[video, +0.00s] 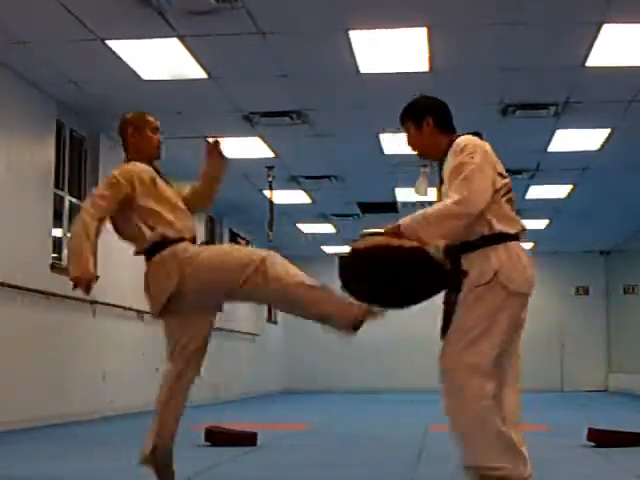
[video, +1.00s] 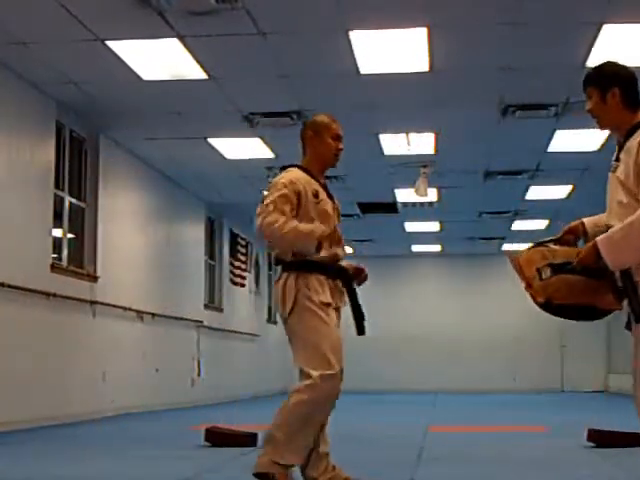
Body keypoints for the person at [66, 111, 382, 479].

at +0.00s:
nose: (159, 139)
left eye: (159, 133)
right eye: (152, 132)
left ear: (150, 139)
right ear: (130, 137)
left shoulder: (157, 185)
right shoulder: (127, 175)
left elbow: (198, 201)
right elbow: (90, 214)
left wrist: (212, 168)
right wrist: (81, 264)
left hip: (180, 275)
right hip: (174, 263)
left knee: (184, 365)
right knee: (263, 268)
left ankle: (160, 448)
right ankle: (347, 313)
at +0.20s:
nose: (173, 127)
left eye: (174, 122)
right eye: (166, 120)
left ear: (174, 127)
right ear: (143, 123)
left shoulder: (197, 162)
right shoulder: (130, 175)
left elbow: (235, 204)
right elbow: (123, 230)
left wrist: (267, 228)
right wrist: (156, 216)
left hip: (249, 243)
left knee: (319, 266)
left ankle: (299, 329)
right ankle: (228, 472)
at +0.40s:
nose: (226, 155)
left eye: (226, 148)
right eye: (221, 147)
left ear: (214, 152)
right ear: (197, 147)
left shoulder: (227, 200)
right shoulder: (169, 197)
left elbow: (237, 247)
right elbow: (157, 251)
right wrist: (199, 231)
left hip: (267, 271)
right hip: (234, 297)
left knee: (344, 275)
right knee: (249, 382)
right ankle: (235, 471)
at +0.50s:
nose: (236, 143)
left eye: (236, 137)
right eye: (230, 136)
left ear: (216, 140)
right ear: (207, 137)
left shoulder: (241, 191)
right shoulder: (182, 187)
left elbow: (249, 236)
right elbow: (176, 244)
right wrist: (229, 244)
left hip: (280, 272)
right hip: (245, 290)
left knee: (350, 301)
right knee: (251, 386)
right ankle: (237, 472)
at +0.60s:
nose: (255, 138)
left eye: (255, 132)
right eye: (248, 131)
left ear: (240, 137)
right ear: (224, 134)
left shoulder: (258, 190)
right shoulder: (202, 183)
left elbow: (268, 245)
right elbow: (199, 241)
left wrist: (307, 272)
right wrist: (257, 248)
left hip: (285, 282)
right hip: (250, 290)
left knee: (338, 337)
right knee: (255, 379)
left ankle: (328, 417)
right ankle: (237, 471)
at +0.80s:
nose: (301, 145)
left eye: (301, 138)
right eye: (294, 137)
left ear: (292, 144)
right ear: (270, 140)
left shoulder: (298, 197)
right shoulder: (251, 187)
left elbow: (303, 255)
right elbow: (242, 246)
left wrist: (333, 272)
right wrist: (292, 273)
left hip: (307, 300)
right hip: (276, 301)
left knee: (309, 388)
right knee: (273, 386)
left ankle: (316, 468)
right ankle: (239, 471)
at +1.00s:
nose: (340, 147)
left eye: (341, 141)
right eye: (334, 139)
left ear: (325, 145)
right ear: (310, 140)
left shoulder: (322, 192)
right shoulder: (291, 179)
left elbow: (320, 251)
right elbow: (270, 224)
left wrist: (346, 270)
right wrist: (319, 236)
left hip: (327, 289)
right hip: (305, 286)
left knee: (319, 379)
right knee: (325, 376)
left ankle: (317, 467)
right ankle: (272, 463)